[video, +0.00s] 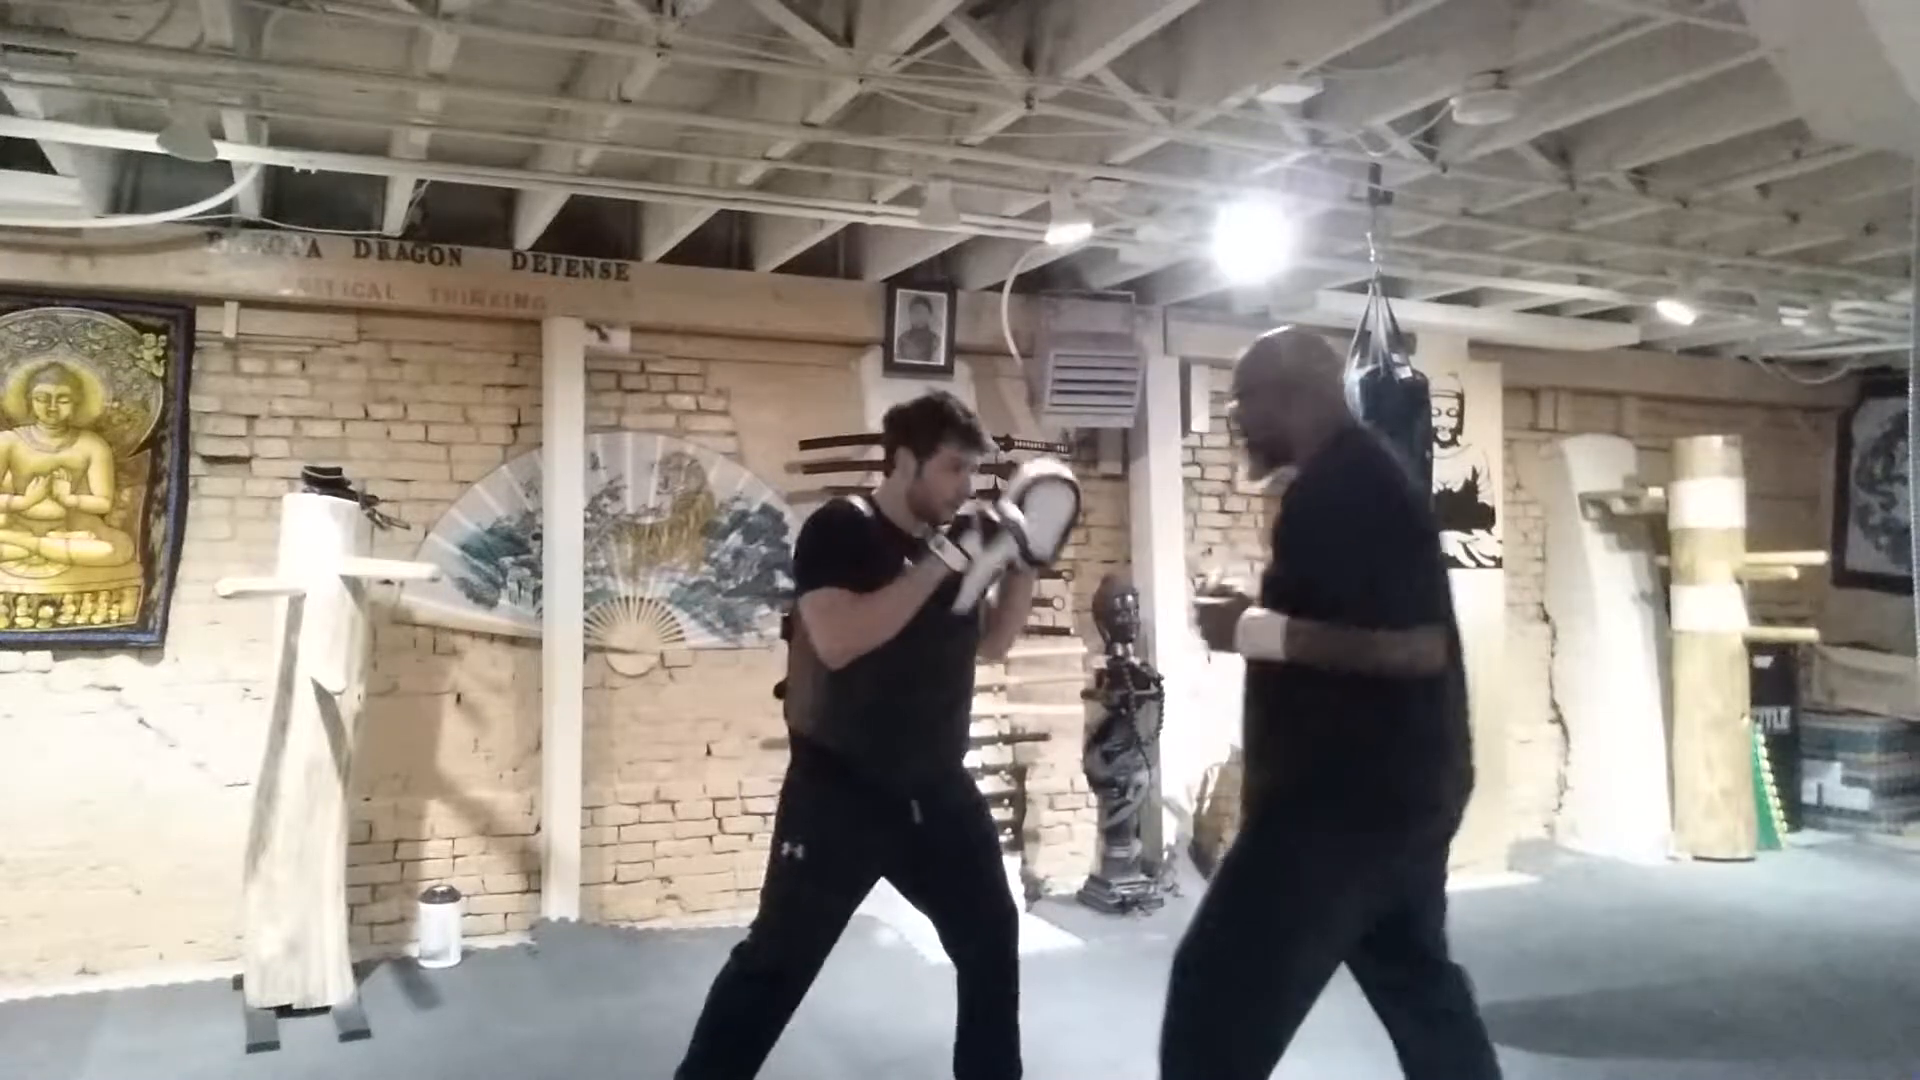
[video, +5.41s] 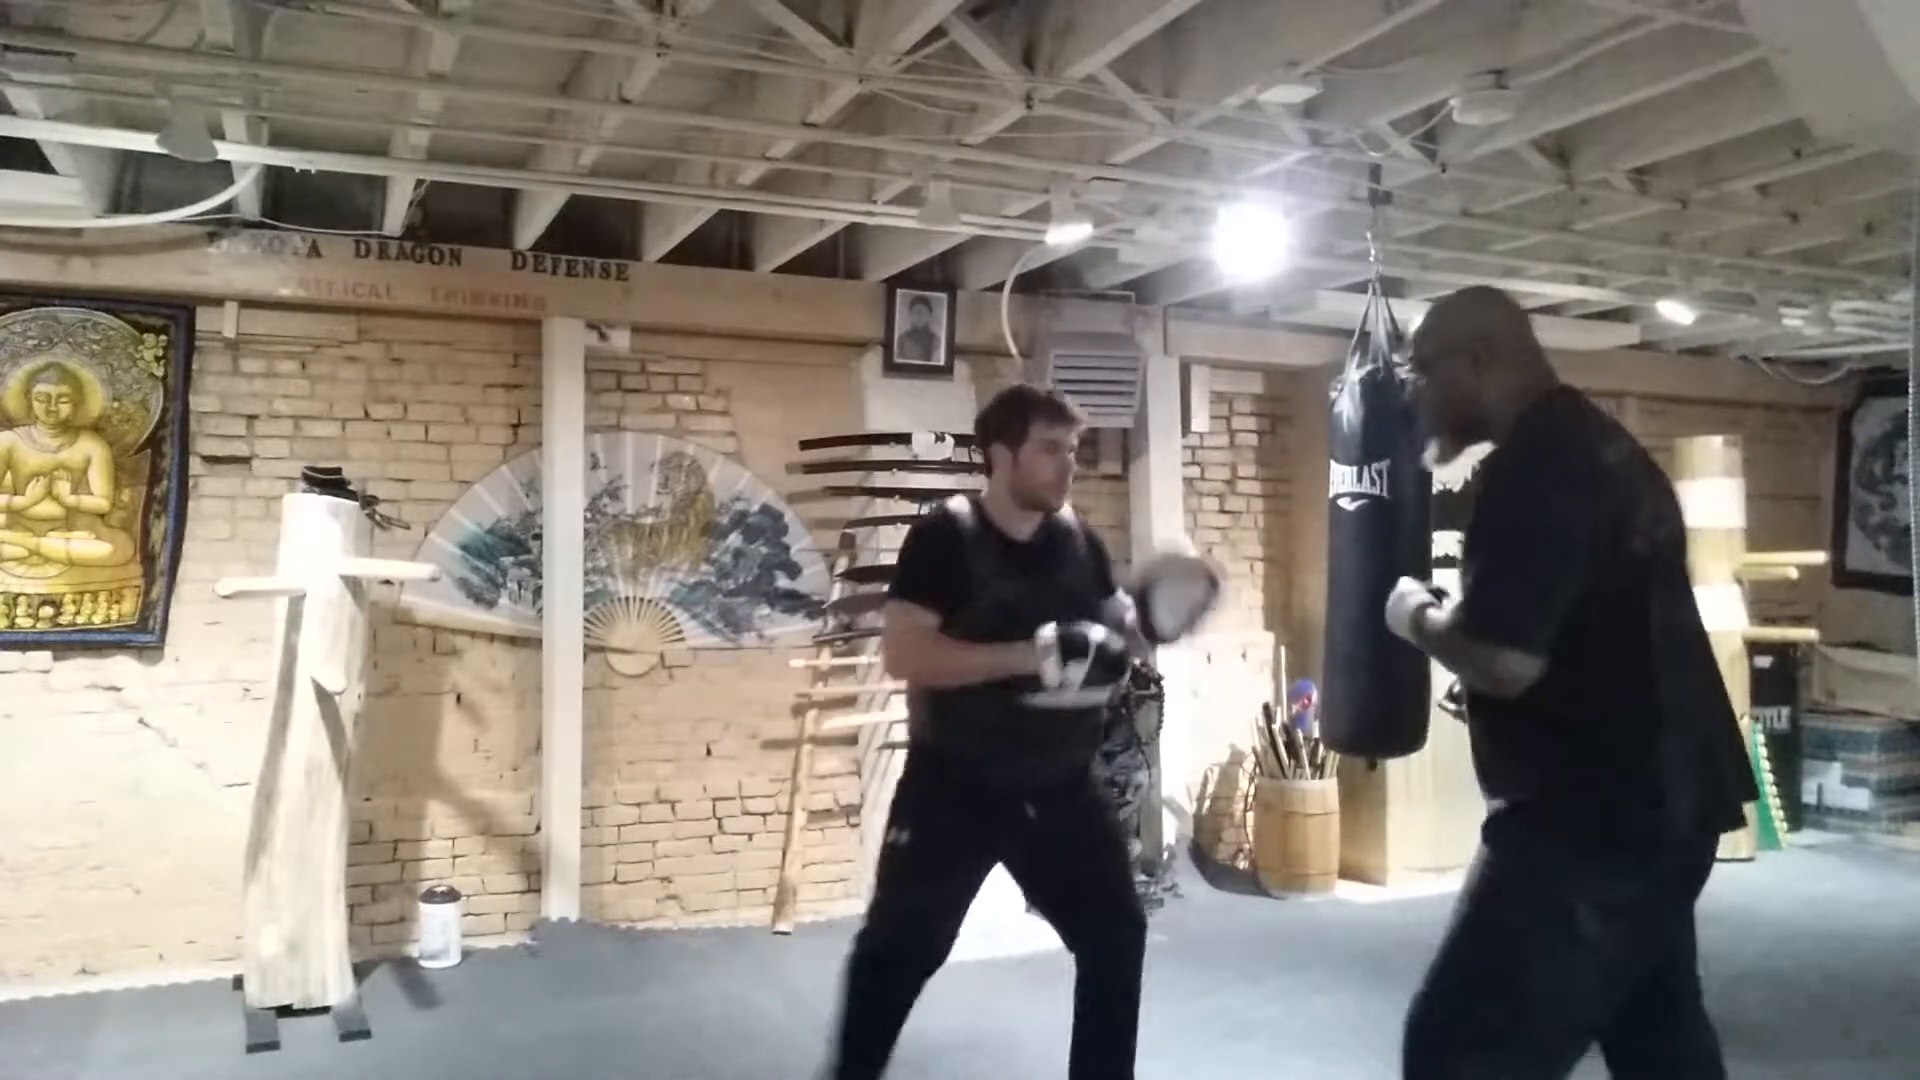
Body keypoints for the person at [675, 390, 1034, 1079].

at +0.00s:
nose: (969, 487)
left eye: (973, 473)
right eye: (958, 469)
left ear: (966, 472)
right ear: (905, 461)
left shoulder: (950, 546)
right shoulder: (836, 528)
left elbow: (992, 643)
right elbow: (835, 640)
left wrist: (1024, 557)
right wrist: (942, 563)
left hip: (936, 790)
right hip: (837, 791)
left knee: (991, 949)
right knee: (776, 964)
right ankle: (702, 1079)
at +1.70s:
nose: (935, 467)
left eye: (937, 452)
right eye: (920, 452)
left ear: (924, 458)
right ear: (869, 455)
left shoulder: (944, 537)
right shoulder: (813, 541)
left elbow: (992, 629)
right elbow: (772, 644)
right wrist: (827, 533)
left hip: (955, 794)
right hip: (851, 800)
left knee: (1014, 947)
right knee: (794, 970)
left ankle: (1036, 1076)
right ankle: (733, 1079)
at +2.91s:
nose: (994, 458)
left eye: (997, 446)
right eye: (981, 442)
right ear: (928, 442)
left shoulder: (991, 532)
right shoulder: (879, 522)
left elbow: (1034, 607)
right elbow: (846, 621)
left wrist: (1093, 526)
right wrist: (932, 511)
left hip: (1001, 785)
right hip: (902, 786)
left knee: (1056, 954)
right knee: (830, 957)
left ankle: (1048, 1079)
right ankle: (736, 1077)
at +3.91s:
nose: (967, 487)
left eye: (970, 471)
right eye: (957, 469)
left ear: (914, 466)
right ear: (904, 462)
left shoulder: (944, 550)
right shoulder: (830, 532)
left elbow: (961, 651)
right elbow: (820, 650)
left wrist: (1015, 598)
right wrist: (940, 578)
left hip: (940, 800)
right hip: (839, 802)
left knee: (1002, 963)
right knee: (773, 977)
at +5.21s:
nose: (1013, 482)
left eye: (1013, 468)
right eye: (996, 466)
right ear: (944, 470)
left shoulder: (1001, 567)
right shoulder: (882, 556)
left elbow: (1015, 659)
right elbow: (839, 674)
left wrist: (1054, 627)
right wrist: (963, 656)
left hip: (999, 813)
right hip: (894, 815)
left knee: (1077, 945)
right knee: (801, 976)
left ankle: (1089, 1076)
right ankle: (728, 1078)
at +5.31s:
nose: (1055, 481)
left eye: (1057, 467)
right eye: (1038, 465)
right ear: (984, 470)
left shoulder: (1053, 564)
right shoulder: (923, 553)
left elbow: (1077, 674)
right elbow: (885, 677)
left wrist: (1096, 670)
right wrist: (1001, 679)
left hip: (1041, 809)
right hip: (931, 808)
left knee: (1109, 946)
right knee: (855, 970)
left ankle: (1099, 1079)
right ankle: (793, 1076)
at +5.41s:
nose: (1071, 463)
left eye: (1074, 450)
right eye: (1054, 449)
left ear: (1073, 454)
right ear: (1000, 455)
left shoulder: (1078, 542)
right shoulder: (945, 533)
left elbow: (1114, 635)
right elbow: (903, 655)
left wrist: (1147, 624)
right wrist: (1034, 656)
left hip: (1060, 793)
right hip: (952, 791)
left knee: (1115, 938)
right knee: (895, 955)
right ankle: (853, 1073)